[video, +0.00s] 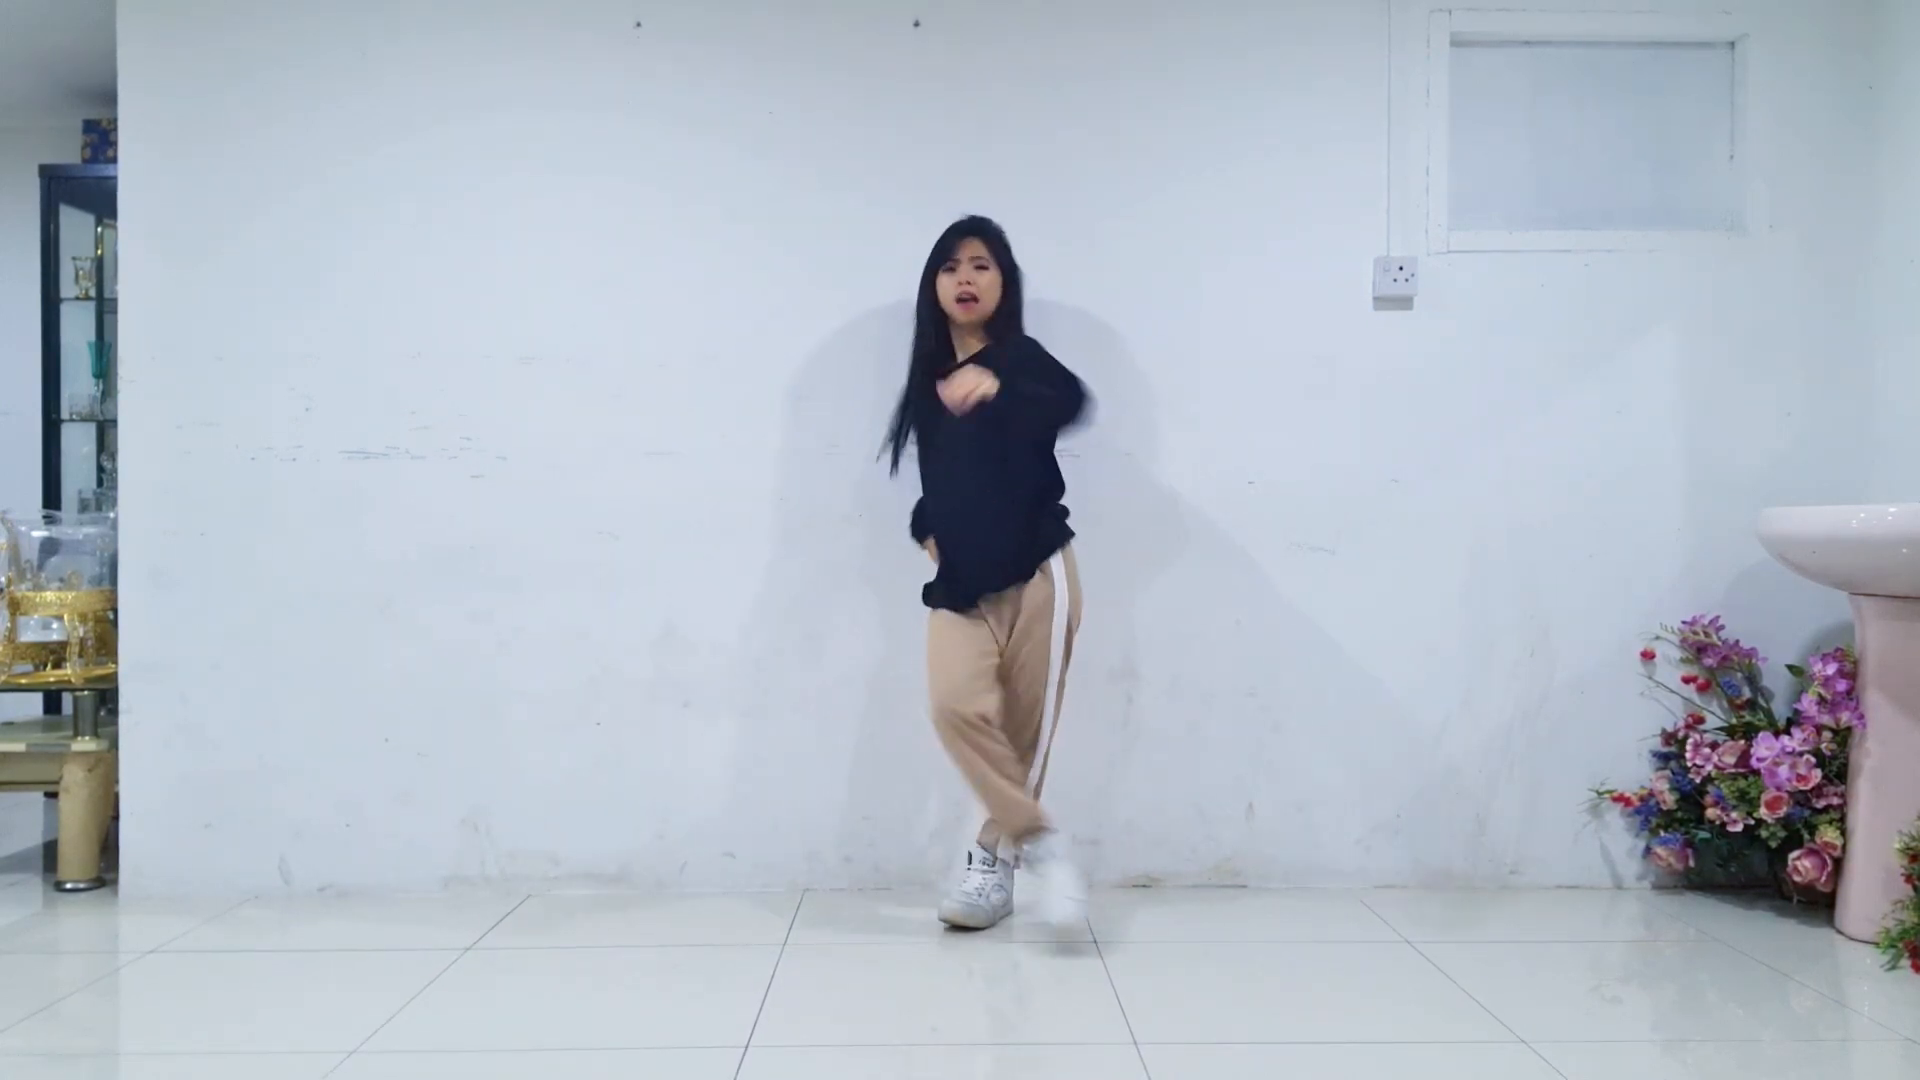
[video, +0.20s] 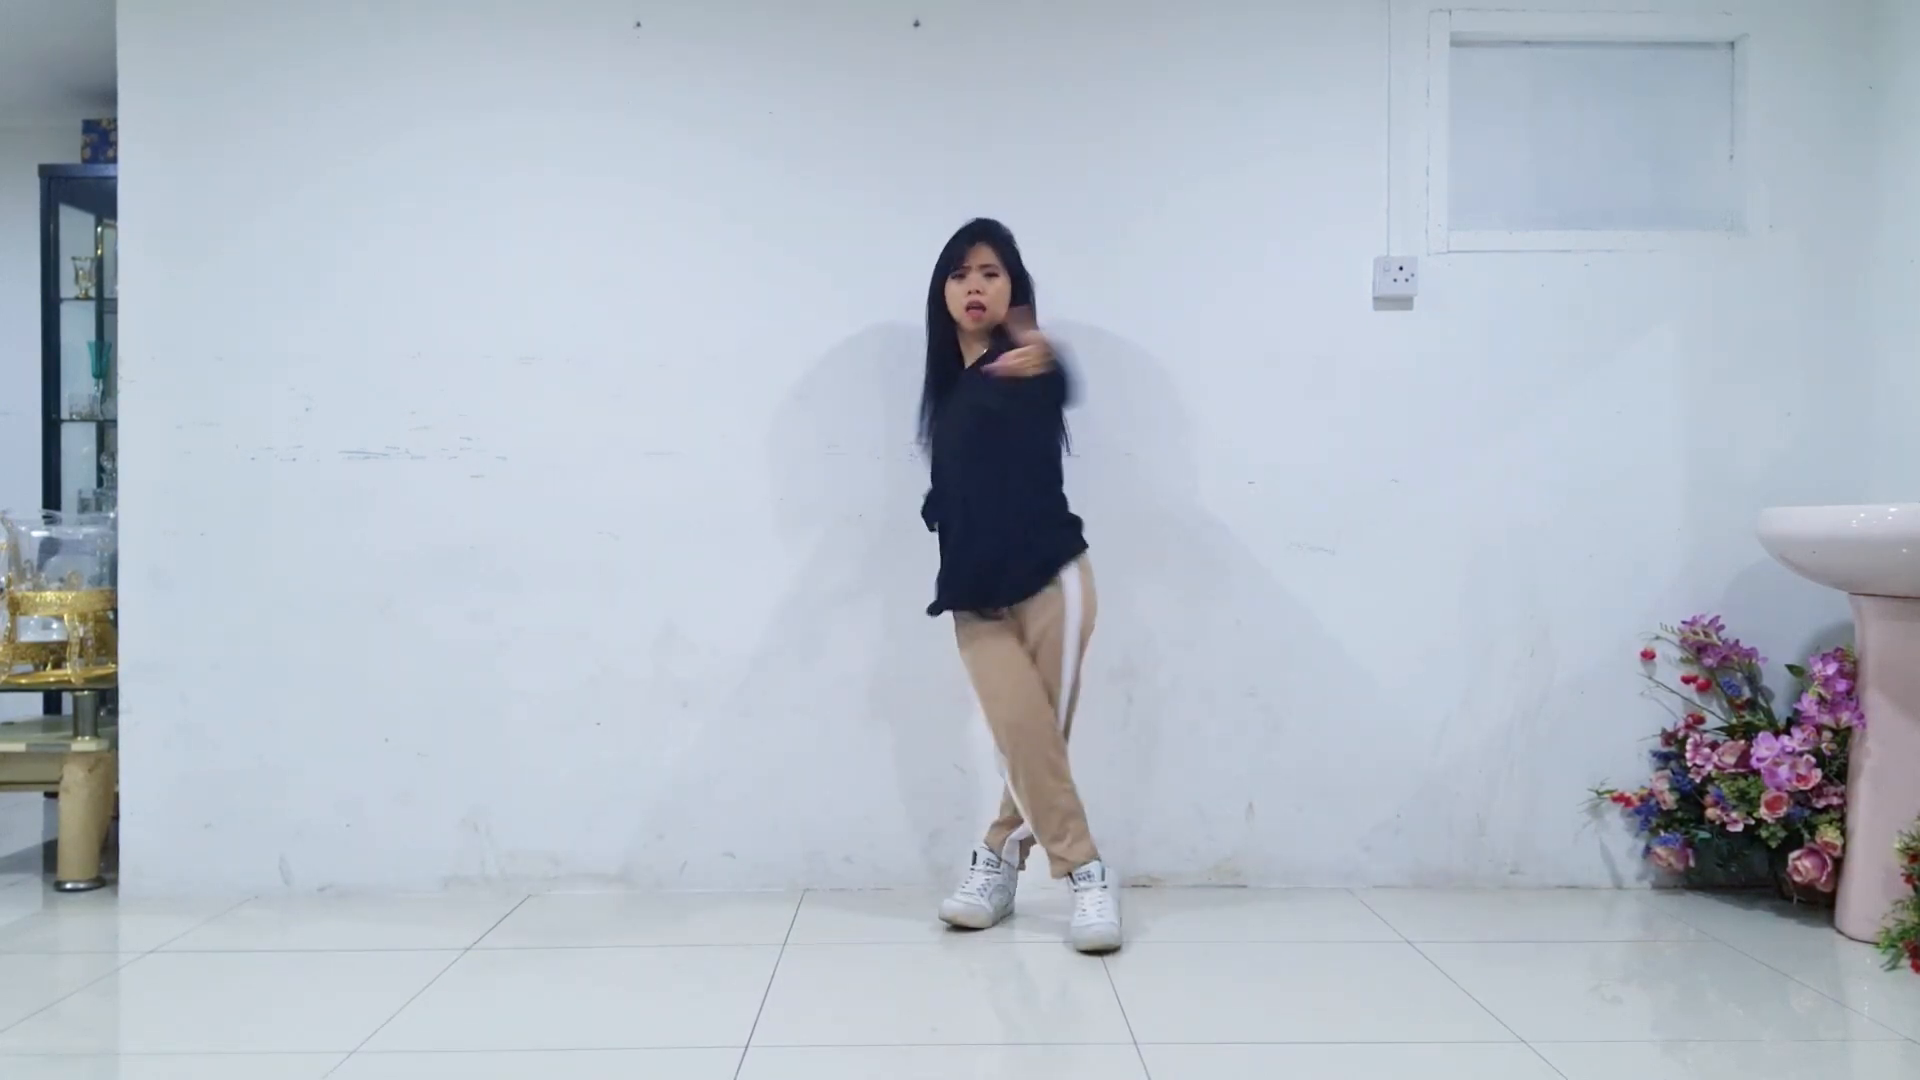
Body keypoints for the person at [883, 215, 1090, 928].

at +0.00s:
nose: (965, 279)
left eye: (981, 267)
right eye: (951, 267)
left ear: (1005, 282)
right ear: (932, 283)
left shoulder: (1025, 359)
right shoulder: (930, 378)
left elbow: (1072, 403)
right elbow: (939, 469)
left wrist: (999, 385)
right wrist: (927, 527)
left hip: (1037, 567)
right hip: (961, 572)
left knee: (1020, 717)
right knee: (956, 708)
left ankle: (994, 860)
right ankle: (1041, 845)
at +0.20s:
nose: (975, 288)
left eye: (990, 273)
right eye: (960, 274)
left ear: (1015, 289)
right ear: (942, 291)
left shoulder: (1033, 360)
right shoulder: (946, 383)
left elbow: (1048, 370)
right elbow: (950, 469)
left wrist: (1041, 355)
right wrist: (939, 516)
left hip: (1050, 571)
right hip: (971, 582)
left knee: (1042, 727)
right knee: (1022, 730)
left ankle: (999, 857)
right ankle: (1087, 876)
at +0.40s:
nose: (1044, 268)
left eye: (1037, 254)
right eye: (1031, 256)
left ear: (998, 276)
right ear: (997, 274)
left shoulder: (1024, 358)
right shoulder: (955, 371)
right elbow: (926, 451)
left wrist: (1073, 378)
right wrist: (996, 491)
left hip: (1063, 554)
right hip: (997, 561)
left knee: (1015, 715)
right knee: (1045, 716)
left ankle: (963, 854)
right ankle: (1093, 873)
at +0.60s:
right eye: (1035, 278)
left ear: (963, 287)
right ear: (1035, 283)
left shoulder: (939, 362)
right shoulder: (1067, 350)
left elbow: (878, 417)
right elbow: (1135, 405)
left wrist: (949, 414)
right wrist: (1086, 460)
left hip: (941, 562)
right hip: (1025, 558)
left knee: (947, 723)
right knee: (1066, 720)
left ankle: (956, 884)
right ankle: (1103, 877)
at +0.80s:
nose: (932, 269)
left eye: (944, 257)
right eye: (937, 255)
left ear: (978, 275)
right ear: (1000, 279)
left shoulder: (965, 347)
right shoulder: (1032, 350)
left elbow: (950, 387)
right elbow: (1076, 410)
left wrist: (910, 336)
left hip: (980, 561)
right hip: (1035, 545)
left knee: (995, 718)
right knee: (1046, 713)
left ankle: (1019, 883)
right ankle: (1080, 875)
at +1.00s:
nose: (933, 260)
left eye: (954, 249)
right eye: (928, 248)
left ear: (988, 268)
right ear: (916, 263)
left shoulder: (1012, 331)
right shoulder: (929, 353)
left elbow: (1065, 382)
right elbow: (939, 426)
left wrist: (1023, 298)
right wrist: (888, 417)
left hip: (1021, 551)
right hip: (960, 556)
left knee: (1025, 704)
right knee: (996, 710)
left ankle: (1046, 862)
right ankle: (1057, 842)